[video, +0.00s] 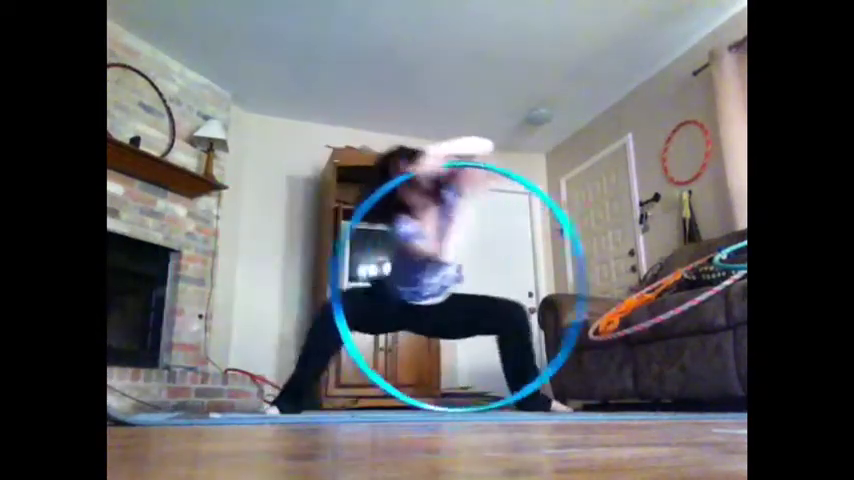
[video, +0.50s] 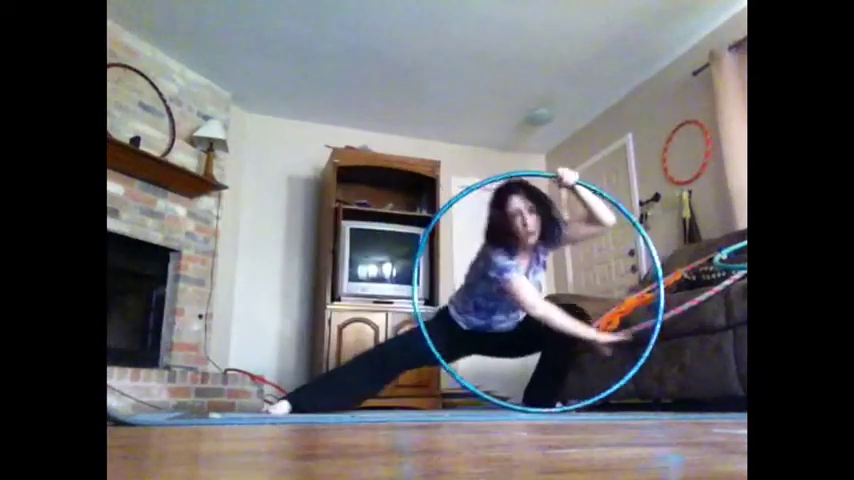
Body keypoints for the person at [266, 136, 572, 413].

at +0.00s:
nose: (413, 184)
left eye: (414, 176)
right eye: (405, 181)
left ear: (427, 174)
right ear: (396, 189)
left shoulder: (451, 192)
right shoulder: (400, 222)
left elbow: (486, 148)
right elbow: (439, 252)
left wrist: (439, 155)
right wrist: (456, 198)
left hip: (438, 308)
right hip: (390, 306)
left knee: (510, 316)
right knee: (336, 311)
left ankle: (533, 403)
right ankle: (290, 403)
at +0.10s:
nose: (452, 196)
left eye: (455, 187)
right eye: (442, 191)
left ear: (467, 184)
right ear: (433, 197)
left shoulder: (486, 199)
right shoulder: (438, 232)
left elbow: (536, 161)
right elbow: (484, 263)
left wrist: (497, 160)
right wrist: (529, 223)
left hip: (468, 307)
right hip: (417, 307)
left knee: (538, 315)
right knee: (361, 321)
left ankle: (535, 402)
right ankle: (287, 406)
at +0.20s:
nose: (476, 202)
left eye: (479, 193)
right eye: (467, 197)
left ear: (490, 189)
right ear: (457, 201)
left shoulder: (508, 203)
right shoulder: (462, 237)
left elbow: (561, 176)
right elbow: (509, 271)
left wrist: (531, 168)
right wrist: (566, 243)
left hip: (484, 311)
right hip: (433, 309)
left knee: (547, 315)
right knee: (366, 338)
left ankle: (534, 405)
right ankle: (291, 405)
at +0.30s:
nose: (500, 209)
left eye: (503, 201)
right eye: (494, 204)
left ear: (512, 201)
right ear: (484, 207)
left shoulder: (526, 213)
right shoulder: (479, 246)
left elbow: (580, 196)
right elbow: (525, 284)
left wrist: (554, 176)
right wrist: (584, 278)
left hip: (495, 315)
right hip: (447, 313)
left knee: (557, 316)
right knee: (375, 350)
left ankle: (534, 409)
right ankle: (288, 405)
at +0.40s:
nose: (510, 214)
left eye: (516, 206)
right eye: (502, 208)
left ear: (532, 210)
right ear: (493, 218)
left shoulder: (543, 233)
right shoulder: (493, 255)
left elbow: (602, 215)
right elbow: (542, 298)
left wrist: (570, 186)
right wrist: (596, 322)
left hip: (507, 326)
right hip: (457, 324)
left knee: (567, 323)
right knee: (388, 357)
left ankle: (535, 405)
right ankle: (293, 405)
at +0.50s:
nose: (523, 222)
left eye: (528, 213)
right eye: (513, 217)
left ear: (542, 214)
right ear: (503, 224)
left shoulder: (547, 240)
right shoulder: (498, 258)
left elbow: (604, 222)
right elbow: (536, 307)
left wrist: (575, 186)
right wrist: (594, 336)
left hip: (504, 331)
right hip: (455, 330)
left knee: (568, 326)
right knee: (385, 359)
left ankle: (534, 411)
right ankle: (294, 405)